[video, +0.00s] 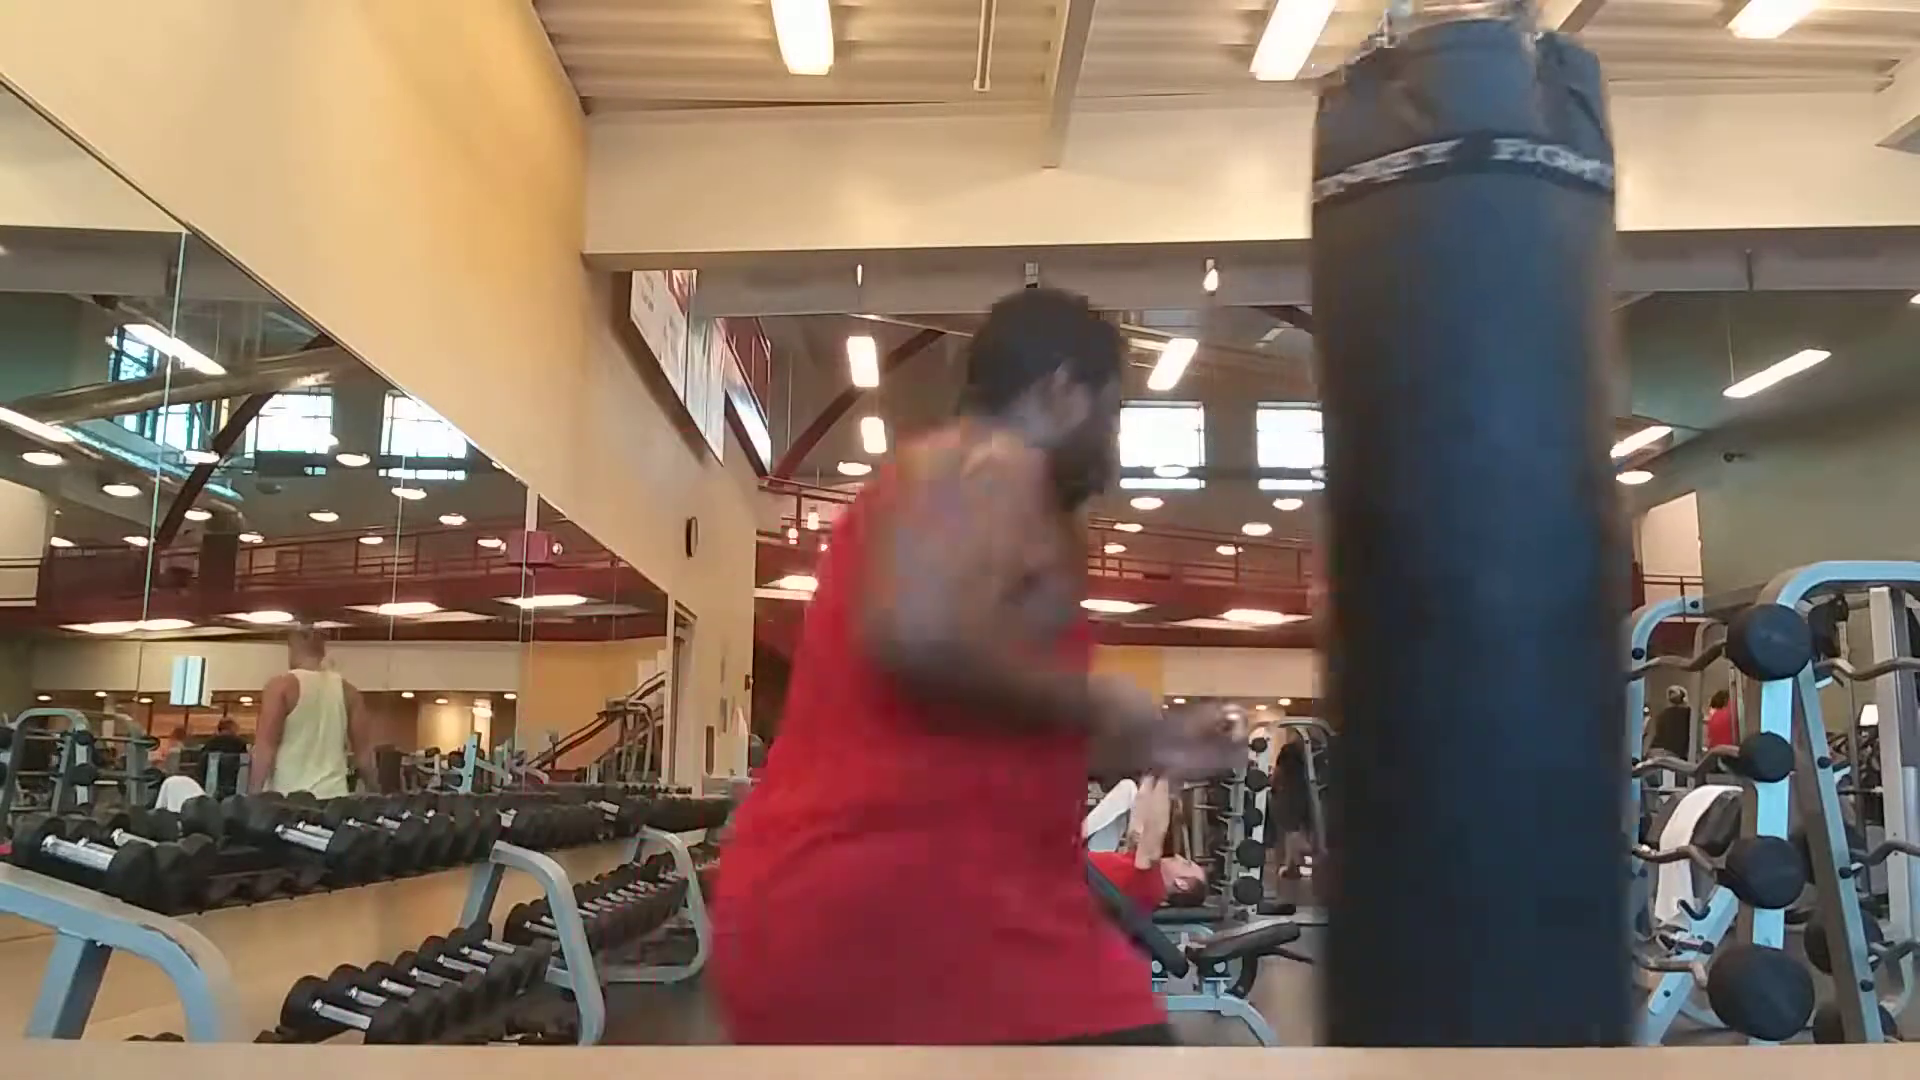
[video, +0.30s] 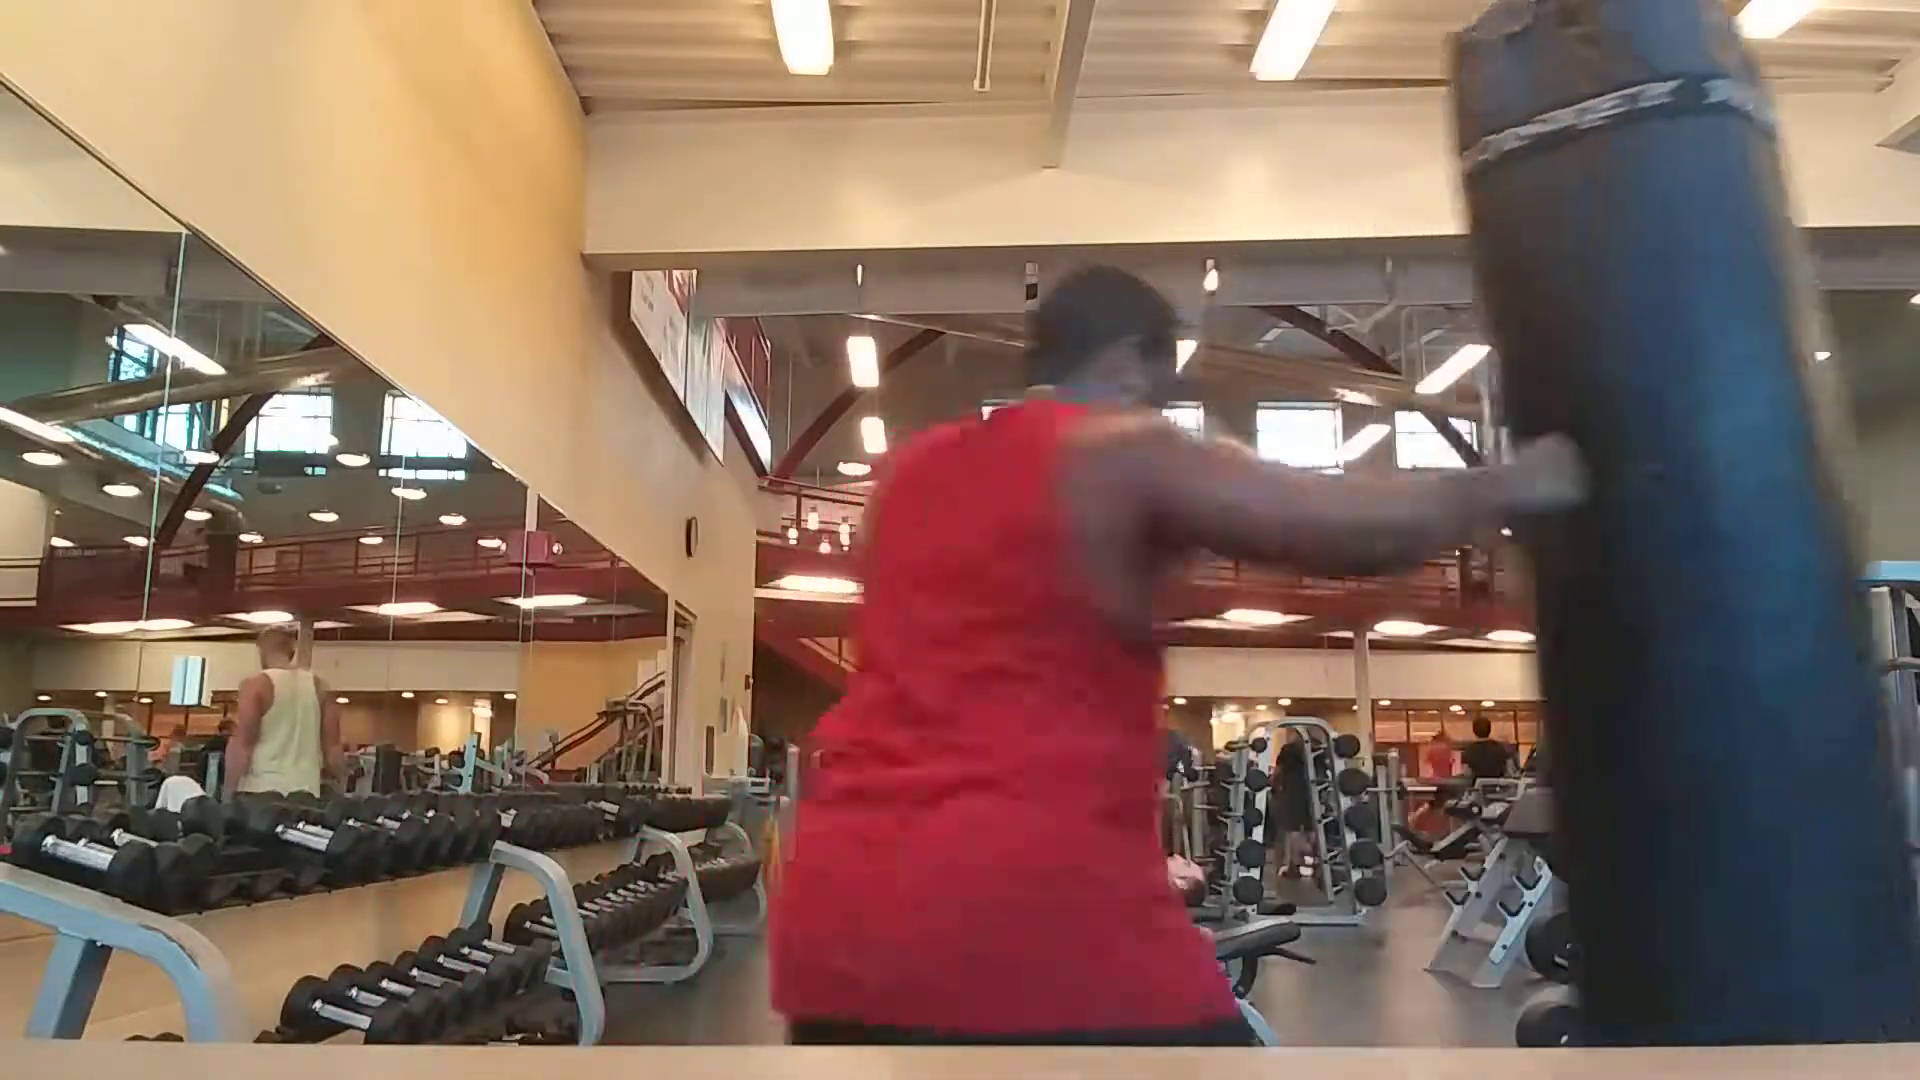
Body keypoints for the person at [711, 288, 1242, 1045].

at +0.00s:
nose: (1112, 439)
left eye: (1117, 413)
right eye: (1112, 410)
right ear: (1061, 389)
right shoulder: (985, 461)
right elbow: (922, 631)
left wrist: (1144, 747)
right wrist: (1093, 701)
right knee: (1132, 1043)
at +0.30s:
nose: (1164, 404)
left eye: (1170, 388)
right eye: (1166, 385)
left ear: (1040, 359)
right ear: (1132, 363)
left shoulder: (905, 470)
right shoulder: (1118, 451)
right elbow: (1359, 526)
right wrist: (1504, 485)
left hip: (841, 928)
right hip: (1051, 922)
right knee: (1233, 1062)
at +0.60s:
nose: (1429, 370)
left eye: (1434, 345)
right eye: (1425, 338)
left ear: (1293, 319)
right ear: (1365, 316)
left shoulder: (1211, 434)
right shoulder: (1293, 427)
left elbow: (1444, 545)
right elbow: (1444, 606)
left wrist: (1611, 506)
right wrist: (1537, 471)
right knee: (1431, 1038)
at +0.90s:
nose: (1519, 466)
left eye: (1523, 437)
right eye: (1515, 432)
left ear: (1359, 421)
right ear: (1464, 415)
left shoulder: (1213, 553)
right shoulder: (1481, 554)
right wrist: (1715, 727)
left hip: (1190, 1005)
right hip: (1441, 994)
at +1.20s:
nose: (1461, 327)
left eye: (1468, 295)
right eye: (1457, 287)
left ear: (1304, 278)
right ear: (1383, 267)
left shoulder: (1184, 386)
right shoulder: (1375, 382)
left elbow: (1336, 458)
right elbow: (1608, 542)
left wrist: (1483, 396)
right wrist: (1660, 429)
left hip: (1046, 869)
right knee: (1452, 1065)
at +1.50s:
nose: (1315, 352)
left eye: (1319, 323)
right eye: (1310, 316)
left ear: (1205, 298)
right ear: (1237, 297)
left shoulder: (1040, 414)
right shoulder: (1191, 409)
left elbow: (1144, 553)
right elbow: (1407, 573)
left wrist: (1327, 502)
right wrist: (1497, 487)